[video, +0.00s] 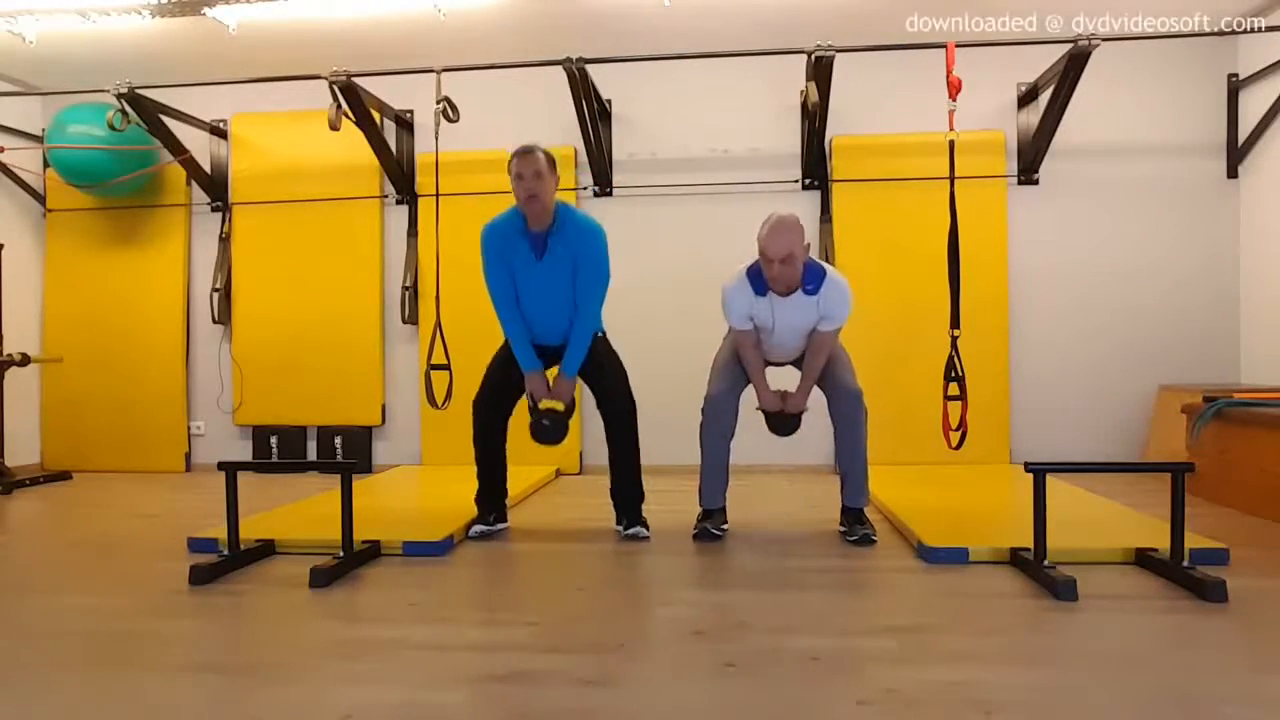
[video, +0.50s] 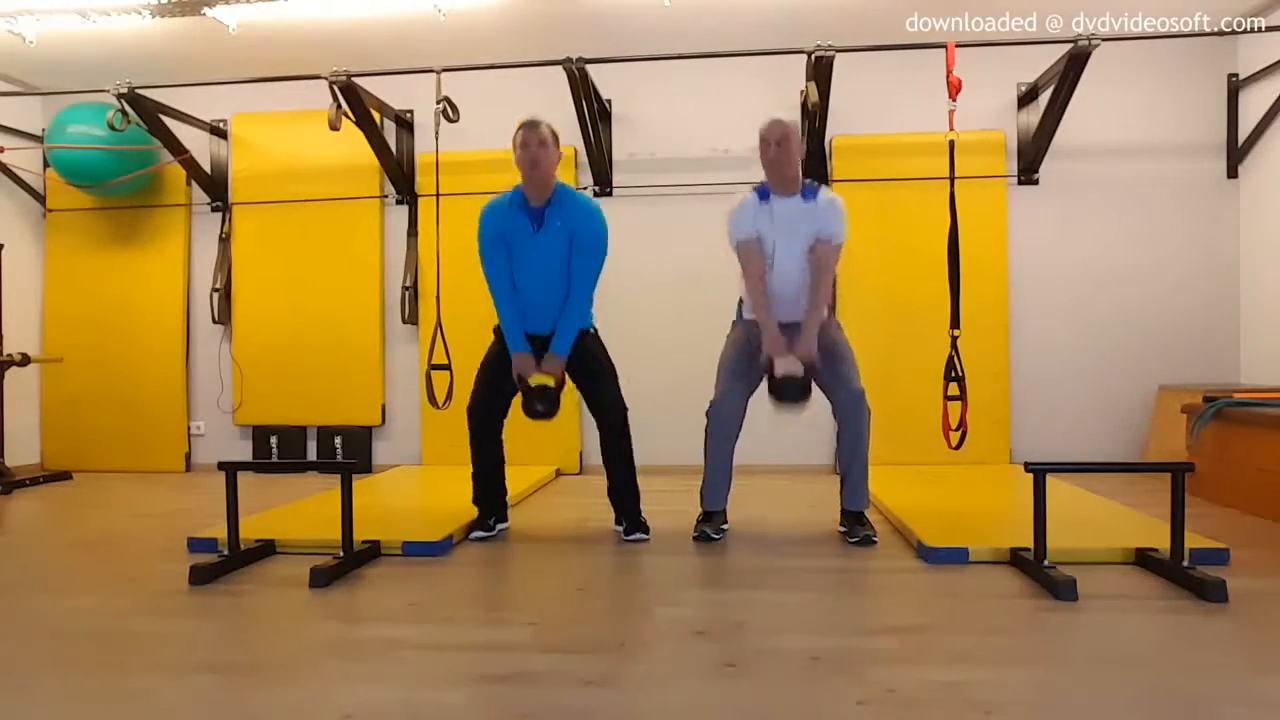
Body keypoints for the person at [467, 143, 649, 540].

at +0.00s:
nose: (527, 186)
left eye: (536, 177)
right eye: (519, 178)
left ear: (555, 181)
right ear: (511, 185)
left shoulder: (587, 233)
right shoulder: (496, 235)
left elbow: (589, 313)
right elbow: (507, 311)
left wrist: (568, 373)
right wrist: (530, 368)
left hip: (582, 341)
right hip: (524, 343)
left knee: (620, 408)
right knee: (487, 410)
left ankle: (630, 514)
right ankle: (492, 512)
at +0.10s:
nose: (528, 204)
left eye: (536, 195)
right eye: (519, 197)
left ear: (555, 198)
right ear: (510, 204)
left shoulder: (587, 247)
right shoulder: (495, 251)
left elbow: (589, 326)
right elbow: (508, 324)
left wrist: (570, 386)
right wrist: (533, 382)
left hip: (582, 350)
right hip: (524, 352)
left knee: (623, 409)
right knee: (481, 412)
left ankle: (631, 515)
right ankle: (492, 514)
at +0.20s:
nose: (527, 211)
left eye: (536, 202)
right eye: (518, 204)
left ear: (554, 205)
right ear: (510, 211)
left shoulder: (585, 253)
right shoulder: (494, 259)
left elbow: (586, 332)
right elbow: (508, 333)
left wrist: (569, 392)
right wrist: (533, 389)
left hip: (580, 356)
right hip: (523, 358)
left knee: (623, 414)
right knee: (478, 416)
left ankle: (630, 515)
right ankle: (493, 513)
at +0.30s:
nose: (528, 204)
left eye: (537, 195)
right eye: (518, 197)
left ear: (554, 200)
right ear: (510, 204)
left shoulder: (585, 252)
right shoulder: (493, 255)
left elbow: (585, 330)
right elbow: (506, 331)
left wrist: (568, 389)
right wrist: (530, 386)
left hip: (579, 356)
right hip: (521, 358)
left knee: (623, 414)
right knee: (476, 416)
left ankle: (629, 514)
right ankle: (493, 513)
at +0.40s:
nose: (530, 180)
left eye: (538, 172)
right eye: (521, 174)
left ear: (555, 181)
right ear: (511, 184)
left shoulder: (585, 236)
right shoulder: (493, 239)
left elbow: (584, 316)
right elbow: (504, 315)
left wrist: (564, 375)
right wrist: (524, 372)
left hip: (577, 348)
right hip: (518, 349)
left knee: (619, 411)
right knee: (477, 414)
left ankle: (629, 514)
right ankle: (492, 513)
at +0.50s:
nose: (533, 152)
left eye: (541, 145)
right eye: (525, 146)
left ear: (558, 155)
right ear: (515, 157)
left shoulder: (586, 214)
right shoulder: (495, 216)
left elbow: (582, 292)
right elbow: (501, 290)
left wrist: (559, 353)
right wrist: (518, 350)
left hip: (573, 334)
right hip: (516, 335)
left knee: (613, 413)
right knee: (482, 414)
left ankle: (629, 516)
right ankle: (491, 513)